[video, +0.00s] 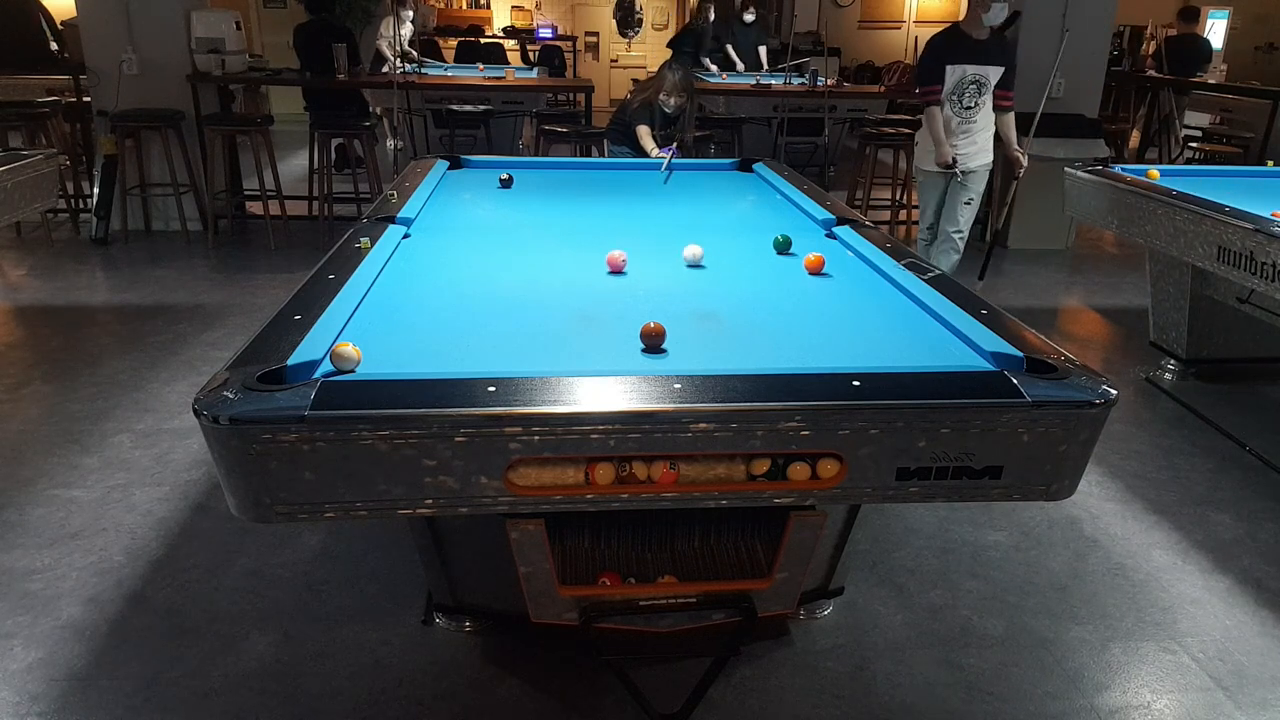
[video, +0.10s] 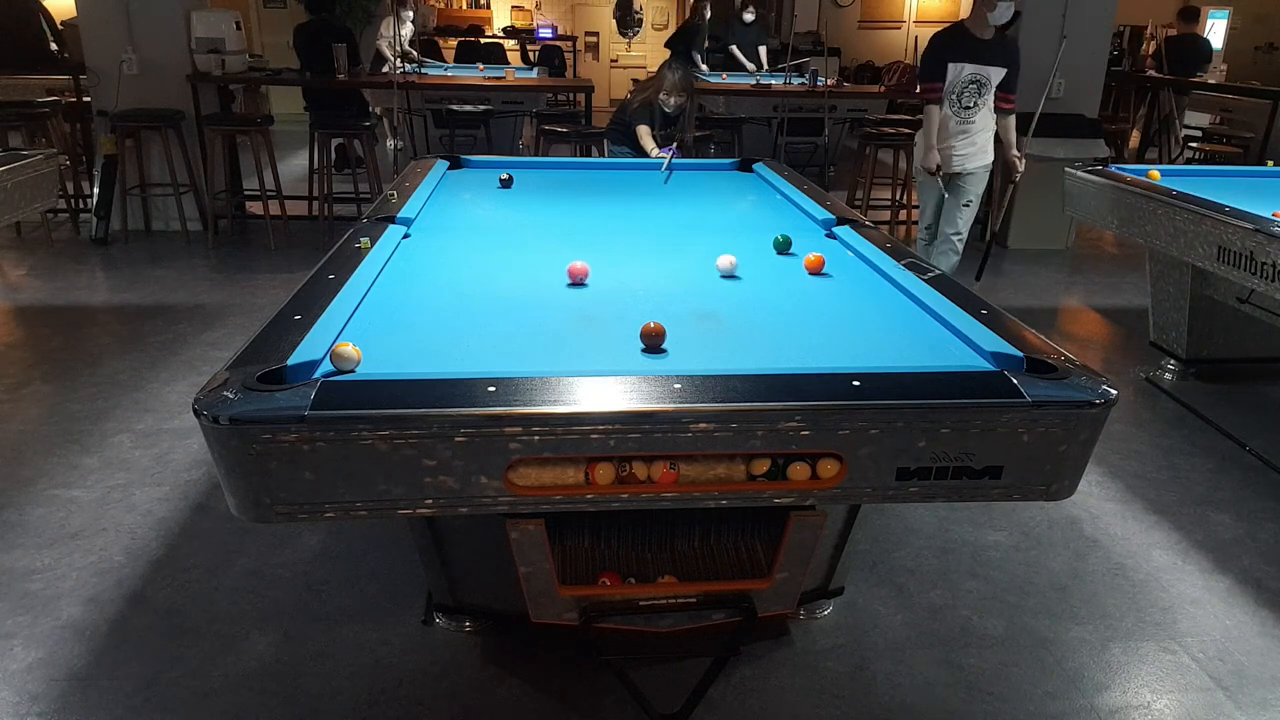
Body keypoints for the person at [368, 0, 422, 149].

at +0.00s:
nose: (409, 14)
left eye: (410, 10)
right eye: (405, 11)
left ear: (413, 11)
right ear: (398, 10)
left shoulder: (409, 27)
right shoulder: (389, 21)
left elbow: (403, 45)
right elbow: (380, 43)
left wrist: (412, 52)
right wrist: (392, 60)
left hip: (398, 66)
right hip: (382, 67)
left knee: (396, 104)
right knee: (385, 106)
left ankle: (395, 136)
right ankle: (390, 138)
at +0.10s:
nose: (409, 14)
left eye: (411, 10)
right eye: (405, 11)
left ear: (413, 11)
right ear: (398, 11)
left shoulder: (410, 27)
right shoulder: (389, 21)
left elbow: (403, 45)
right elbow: (380, 43)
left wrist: (413, 53)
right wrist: (392, 60)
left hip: (398, 67)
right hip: (382, 67)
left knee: (396, 104)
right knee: (385, 106)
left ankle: (395, 136)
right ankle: (389, 138)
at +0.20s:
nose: (409, 14)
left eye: (411, 11)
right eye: (406, 11)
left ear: (413, 11)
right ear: (398, 11)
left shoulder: (410, 27)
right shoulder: (389, 21)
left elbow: (403, 45)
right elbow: (380, 43)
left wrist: (414, 53)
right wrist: (392, 60)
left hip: (398, 67)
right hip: (382, 68)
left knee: (396, 105)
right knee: (385, 106)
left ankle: (396, 135)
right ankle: (390, 138)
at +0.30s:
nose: (409, 14)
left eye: (411, 11)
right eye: (406, 11)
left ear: (413, 11)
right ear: (398, 11)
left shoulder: (410, 27)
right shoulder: (390, 21)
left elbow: (403, 45)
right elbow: (380, 43)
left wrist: (413, 53)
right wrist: (392, 60)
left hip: (398, 67)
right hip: (382, 67)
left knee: (396, 104)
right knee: (384, 106)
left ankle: (395, 136)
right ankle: (389, 138)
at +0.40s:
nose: (409, 14)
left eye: (411, 11)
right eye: (406, 11)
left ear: (413, 11)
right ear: (398, 11)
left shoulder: (410, 27)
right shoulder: (390, 21)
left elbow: (404, 45)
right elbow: (380, 42)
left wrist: (414, 54)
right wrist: (392, 60)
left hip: (398, 67)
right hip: (381, 68)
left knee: (396, 104)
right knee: (385, 106)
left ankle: (396, 135)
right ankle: (389, 138)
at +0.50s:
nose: (409, 14)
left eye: (411, 11)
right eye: (406, 11)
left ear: (413, 11)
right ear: (398, 11)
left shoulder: (410, 27)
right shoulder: (390, 21)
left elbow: (404, 45)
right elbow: (380, 42)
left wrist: (414, 54)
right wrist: (392, 60)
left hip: (398, 67)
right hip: (381, 68)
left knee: (396, 105)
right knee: (385, 106)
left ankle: (396, 135)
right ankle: (389, 138)